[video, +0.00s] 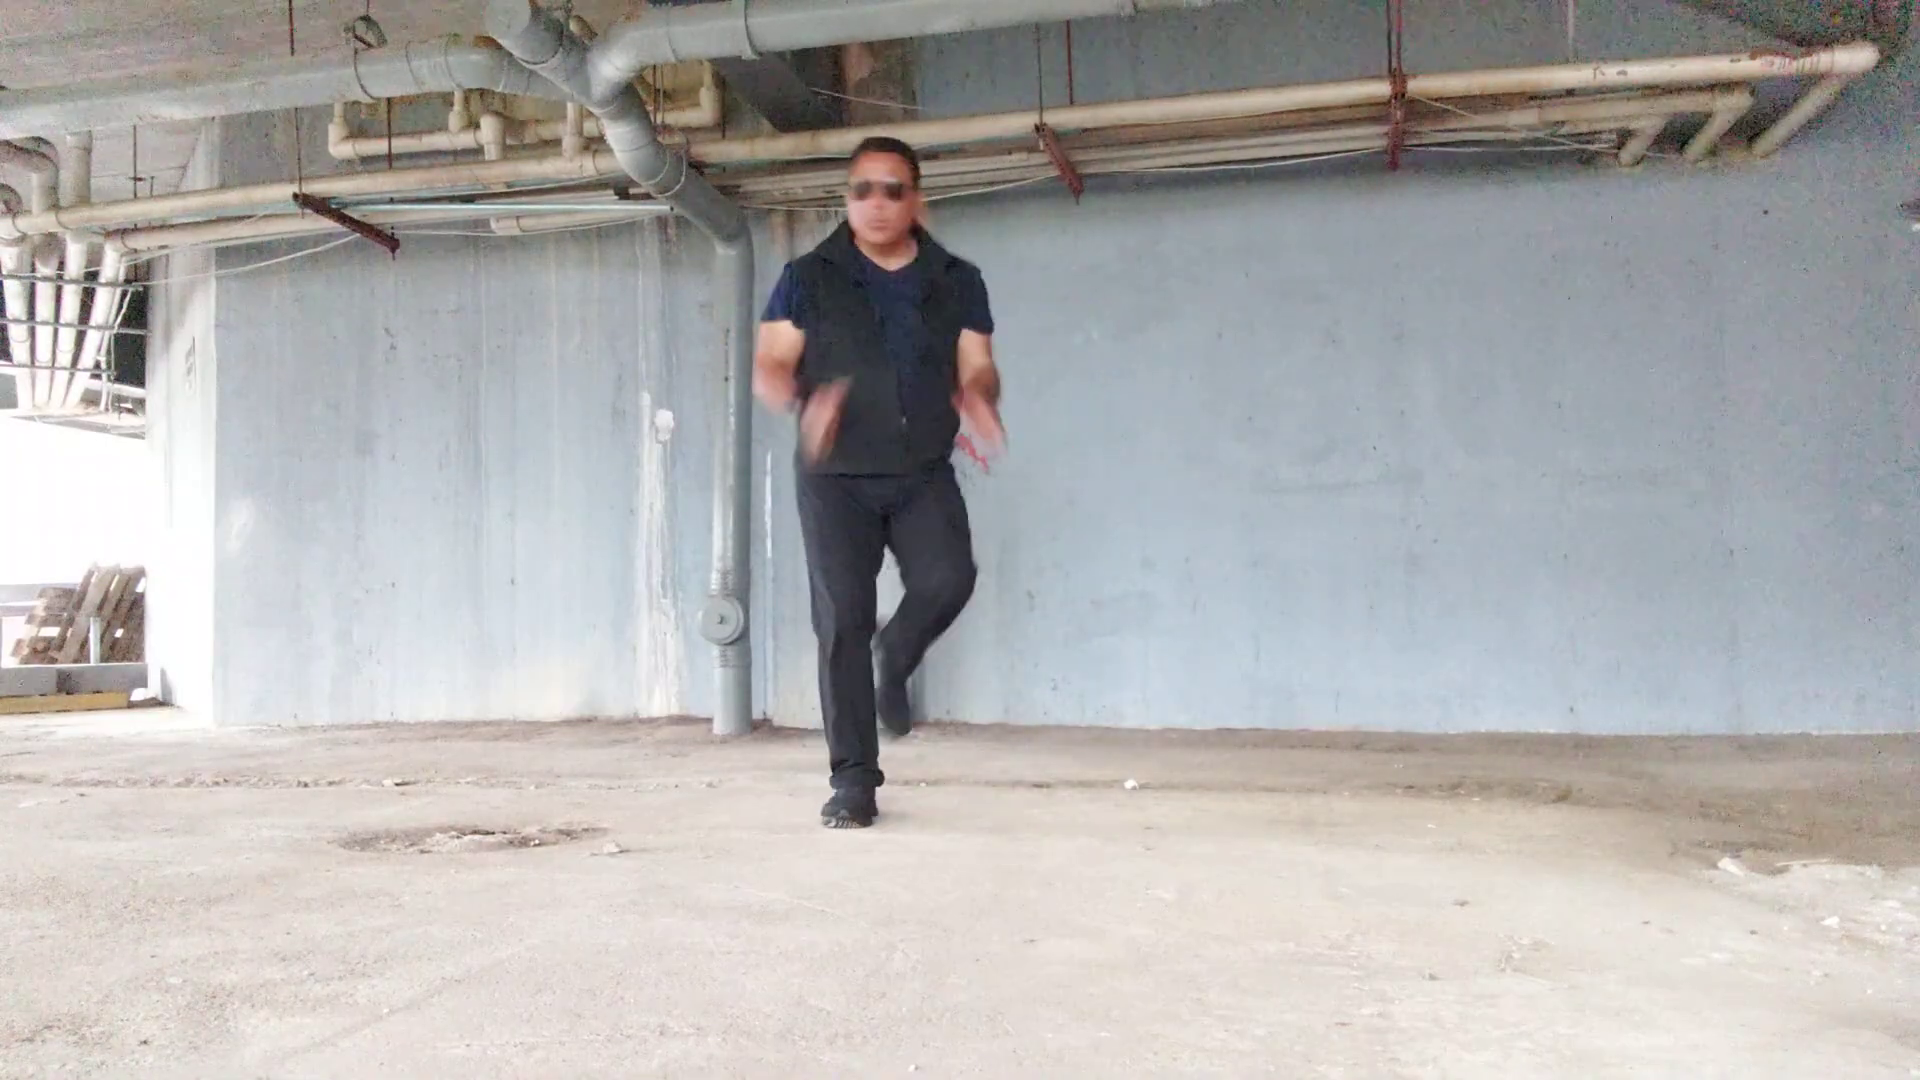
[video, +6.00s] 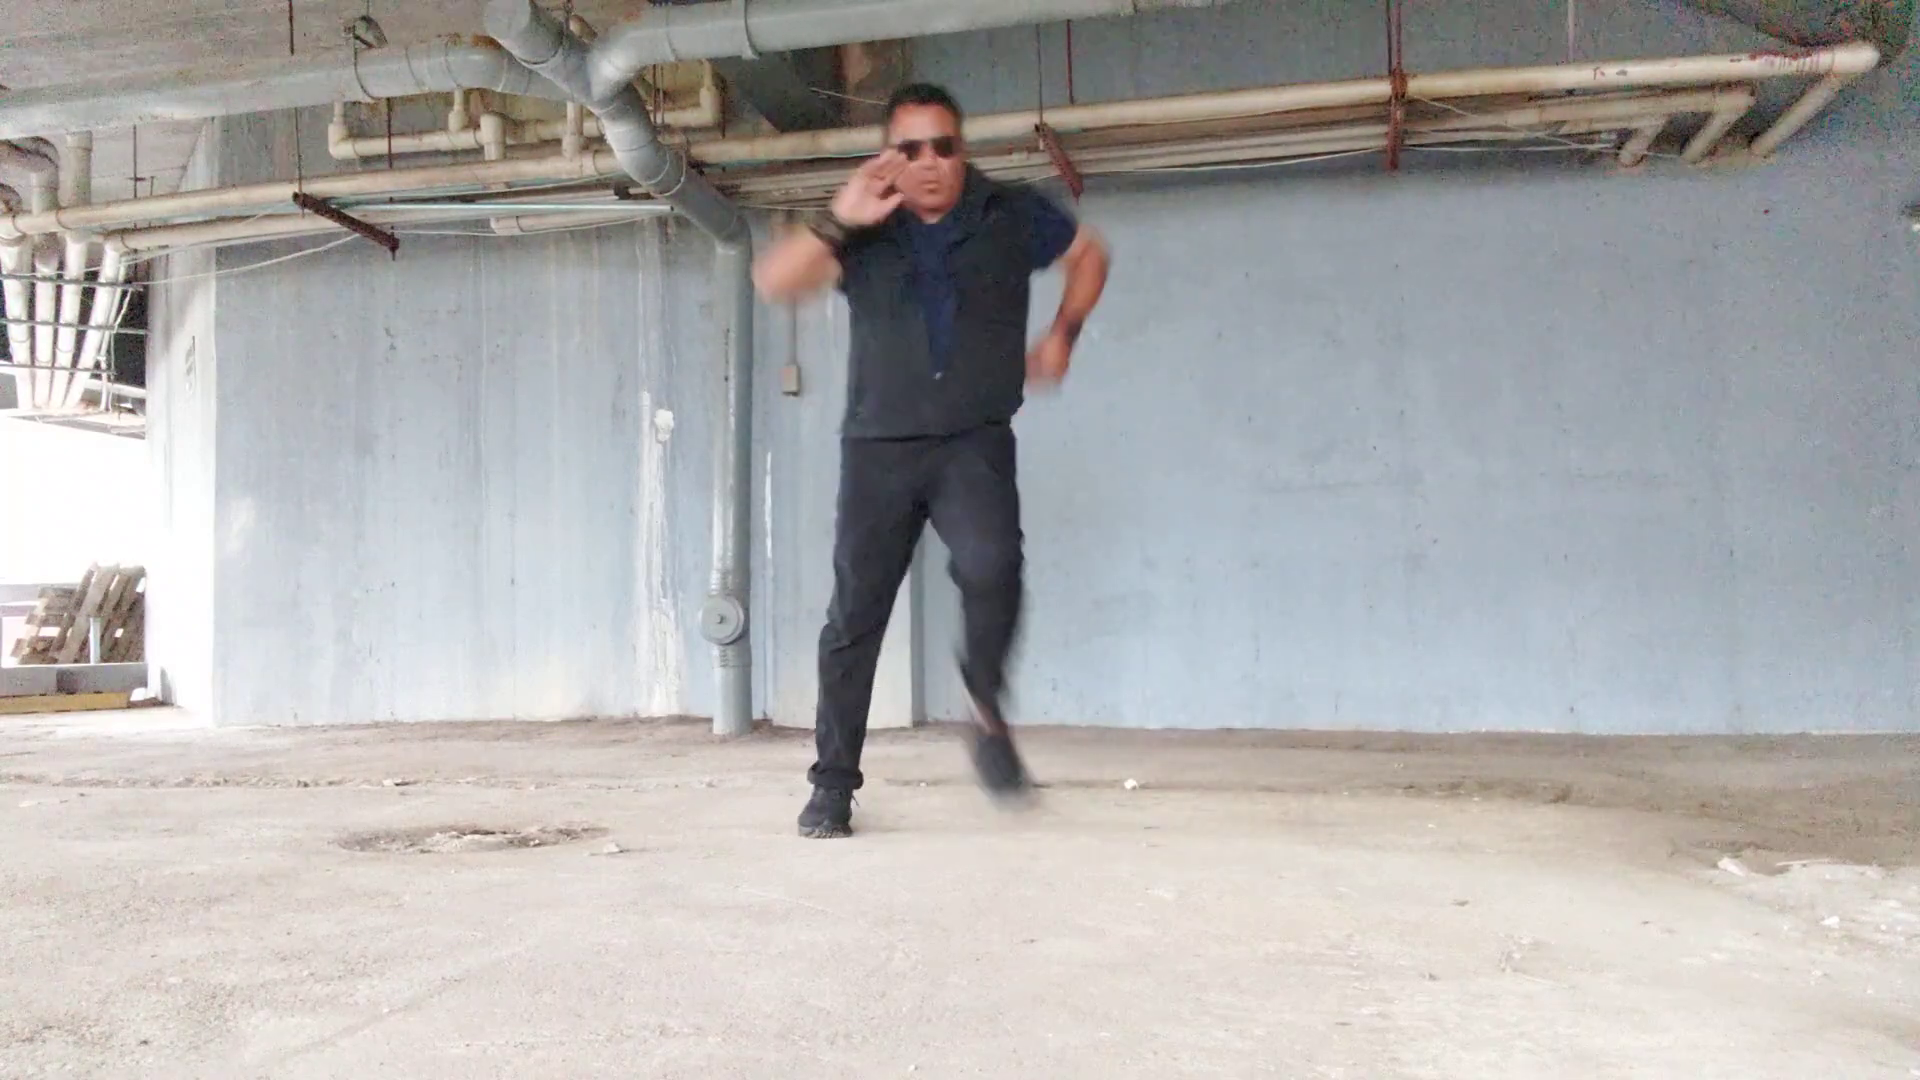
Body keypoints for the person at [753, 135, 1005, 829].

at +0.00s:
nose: (878, 201)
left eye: (893, 190)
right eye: (864, 190)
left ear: (917, 200)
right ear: (847, 200)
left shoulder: (957, 281)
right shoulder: (808, 277)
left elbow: (978, 372)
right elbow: (770, 372)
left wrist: (977, 402)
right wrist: (802, 399)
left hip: (923, 476)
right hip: (836, 479)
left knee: (949, 580)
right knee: (846, 625)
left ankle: (891, 663)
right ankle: (853, 781)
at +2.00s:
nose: (949, 172)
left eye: (962, 157)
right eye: (931, 160)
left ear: (980, 164)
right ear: (905, 169)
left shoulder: (1027, 242)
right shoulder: (881, 244)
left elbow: (1083, 330)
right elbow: (841, 333)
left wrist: (1079, 404)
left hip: (1002, 451)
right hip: (907, 460)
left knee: (1037, 549)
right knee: (891, 618)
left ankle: (992, 608)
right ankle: (906, 784)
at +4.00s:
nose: (978, 161)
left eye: (991, 145)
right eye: (974, 148)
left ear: (1044, 141)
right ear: (994, 154)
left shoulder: (1125, 213)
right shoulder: (981, 228)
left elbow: (1202, 295)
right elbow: (915, 299)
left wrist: (1179, 376)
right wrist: (991, 235)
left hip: (1097, 438)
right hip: (1000, 444)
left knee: (1114, 568)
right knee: (998, 616)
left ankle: (1103, 687)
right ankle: (999, 794)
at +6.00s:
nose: (928, 161)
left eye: (941, 146)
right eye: (910, 149)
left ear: (963, 150)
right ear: (885, 159)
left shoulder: (1010, 213)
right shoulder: (864, 228)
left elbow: (1090, 256)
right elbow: (773, 281)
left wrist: (1062, 334)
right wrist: (839, 221)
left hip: (974, 441)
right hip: (879, 446)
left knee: (993, 571)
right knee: (853, 618)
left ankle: (988, 714)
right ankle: (833, 782)